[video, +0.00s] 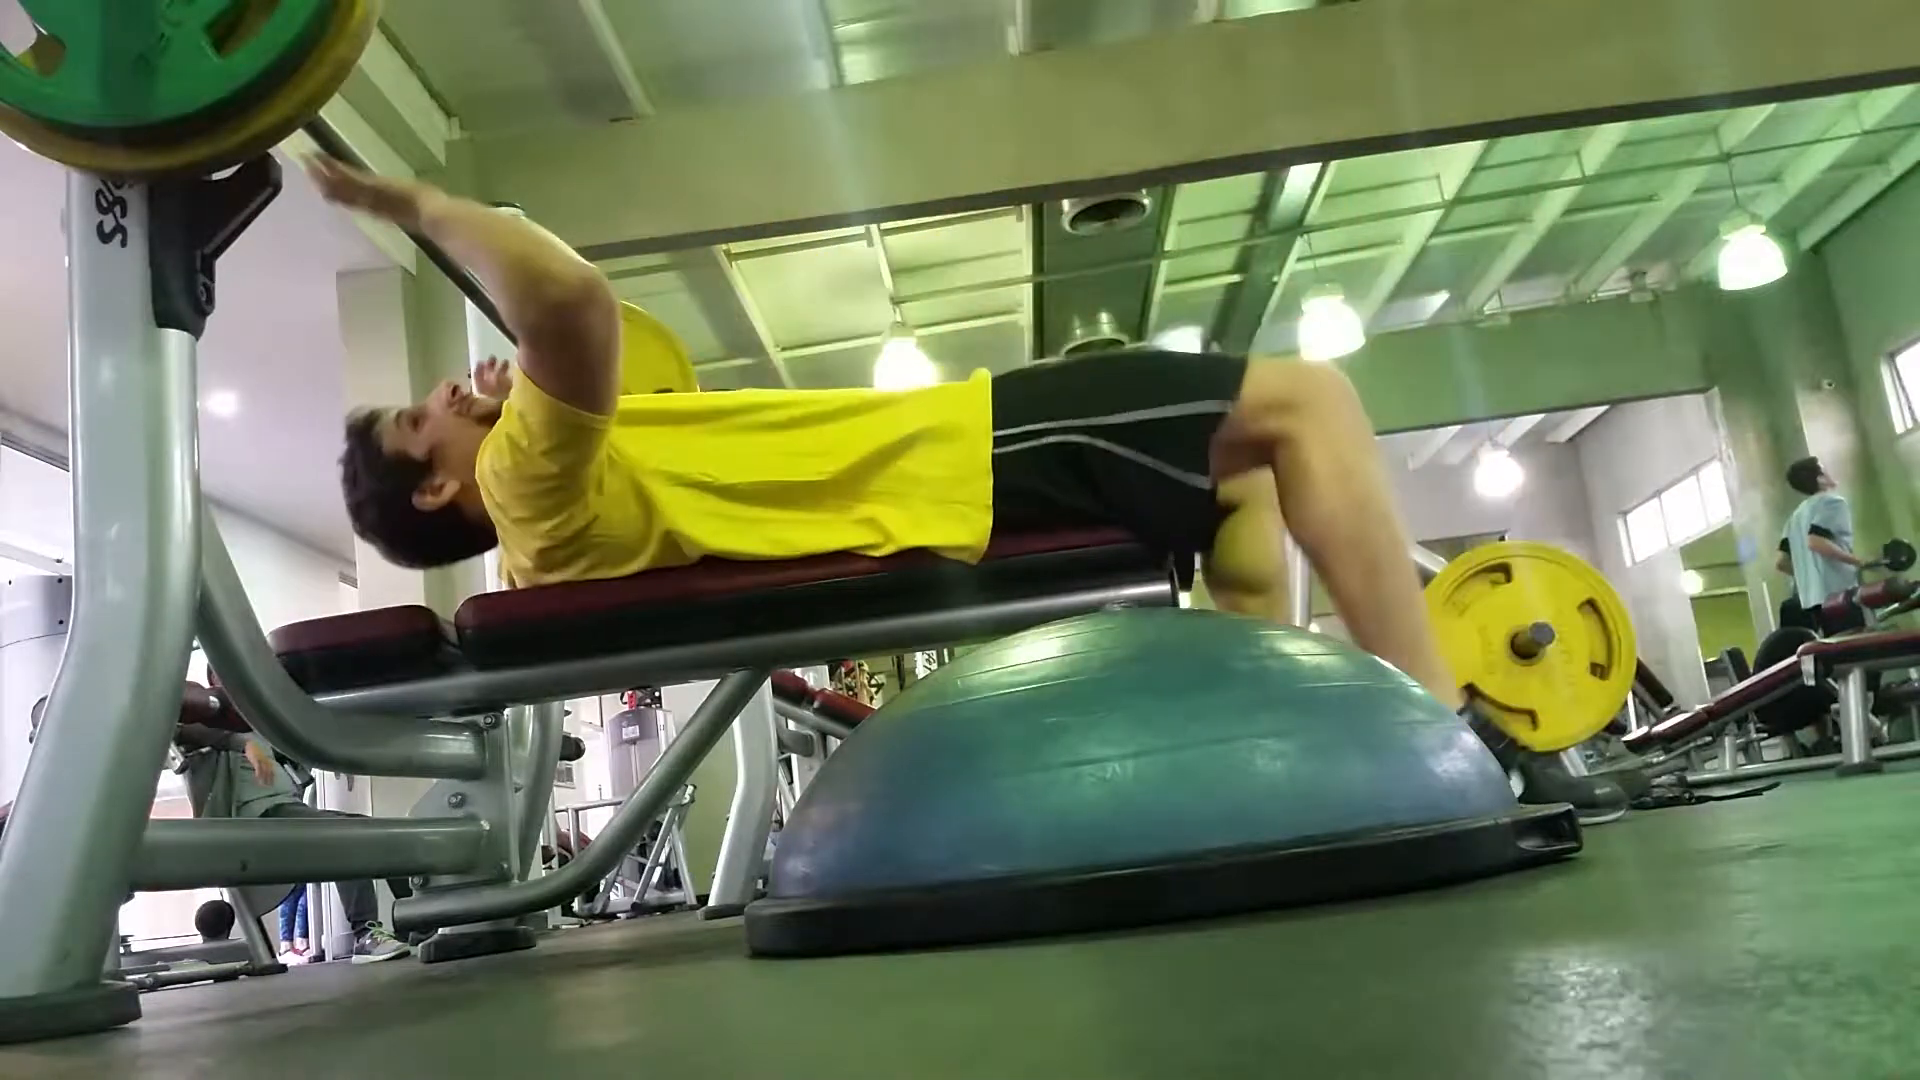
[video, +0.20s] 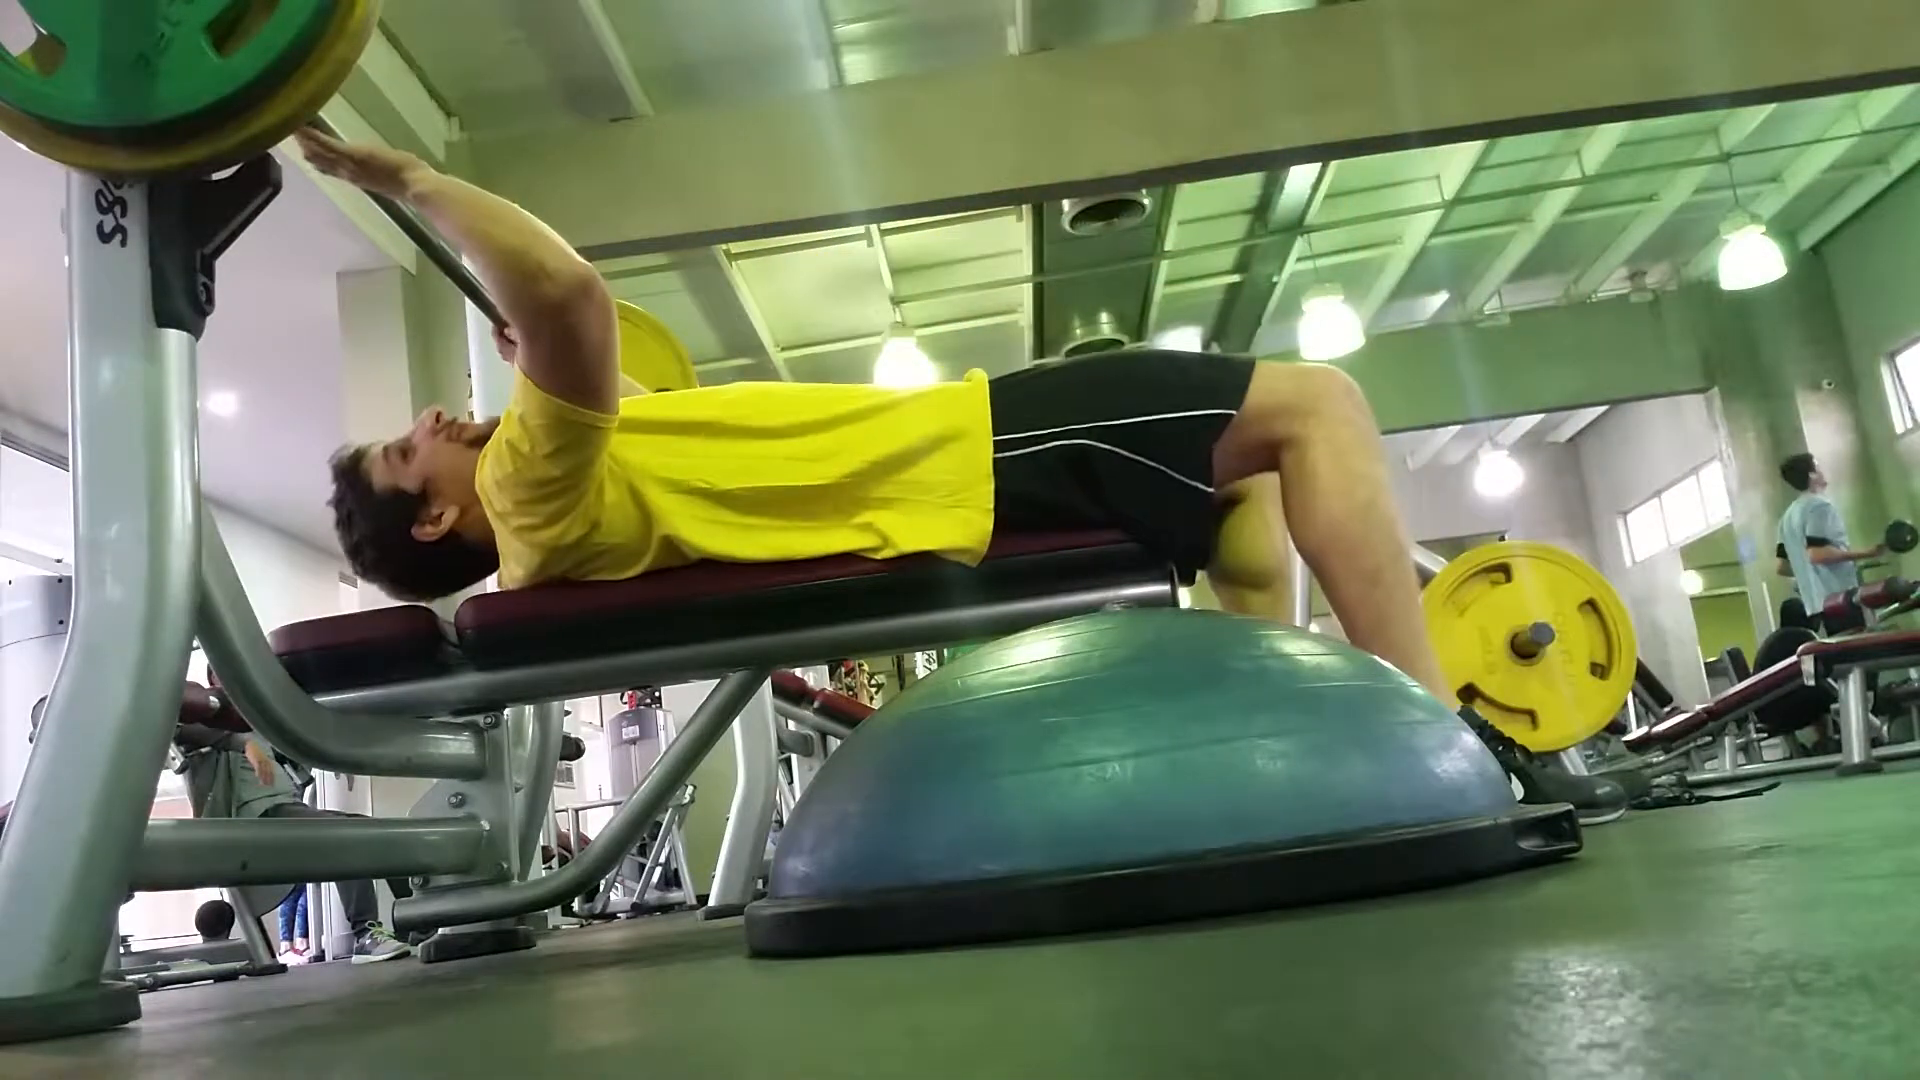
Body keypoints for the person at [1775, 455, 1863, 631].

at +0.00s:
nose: (1829, 473)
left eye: (1824, 469)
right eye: (1823, 470)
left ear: (1802, 486)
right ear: (1818, 477)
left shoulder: (1794, 517)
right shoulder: (1832, 502)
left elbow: (1782, 563)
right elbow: (1815, 541)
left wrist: (1811, 575)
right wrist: (1857, 561)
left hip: (1812, 603)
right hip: (1840, 598)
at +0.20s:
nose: (1821, 472)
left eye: (1817, 467)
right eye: (1816, 468)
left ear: (1795, 481)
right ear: (1811, 476)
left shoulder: (1787, 516)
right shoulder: (1818, 506)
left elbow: (1783, 567)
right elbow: (1817, 553)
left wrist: (1814, 569)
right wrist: (1867, 553)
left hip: (1817, 608)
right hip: (1842, 604)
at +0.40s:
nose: (1815, 482)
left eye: (1814, 476)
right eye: (1812, 477)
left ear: (1786, 481)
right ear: (1803, 480)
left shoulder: (1778, 515)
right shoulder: (1809, 511)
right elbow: (1832, 560)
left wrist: (1818, 506)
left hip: (1812, 605)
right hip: (1837, 602)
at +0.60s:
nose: (1815, 491)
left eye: (1814, 485)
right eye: (1811, 485)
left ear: (1794, 484)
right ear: (1798, 483)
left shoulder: (1770, 522)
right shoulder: (1807, 515)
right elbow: (1840, 557)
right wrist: (1861, 525)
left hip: (1812, 610)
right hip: (1840, 604)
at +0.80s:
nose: (1825, 488)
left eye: (1825, 483)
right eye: (1821, 482)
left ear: (1801, 483)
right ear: (1801, 482)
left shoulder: (1774, 522)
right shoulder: (1812, 513)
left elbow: (1783, 564)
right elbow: (1836, 556)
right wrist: (1851, 516)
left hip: (1810, 610)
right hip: (1839, 605)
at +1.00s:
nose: (1814, 491)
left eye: (1815, 486)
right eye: (1809, 486)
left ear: (1790, 486)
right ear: (1790, 486)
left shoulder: (1770, 522)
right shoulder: (1804, 516)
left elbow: (1777, 564)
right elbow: (1823, 561)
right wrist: (1847, 531)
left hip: (1805, 612)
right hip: (1835, 606)